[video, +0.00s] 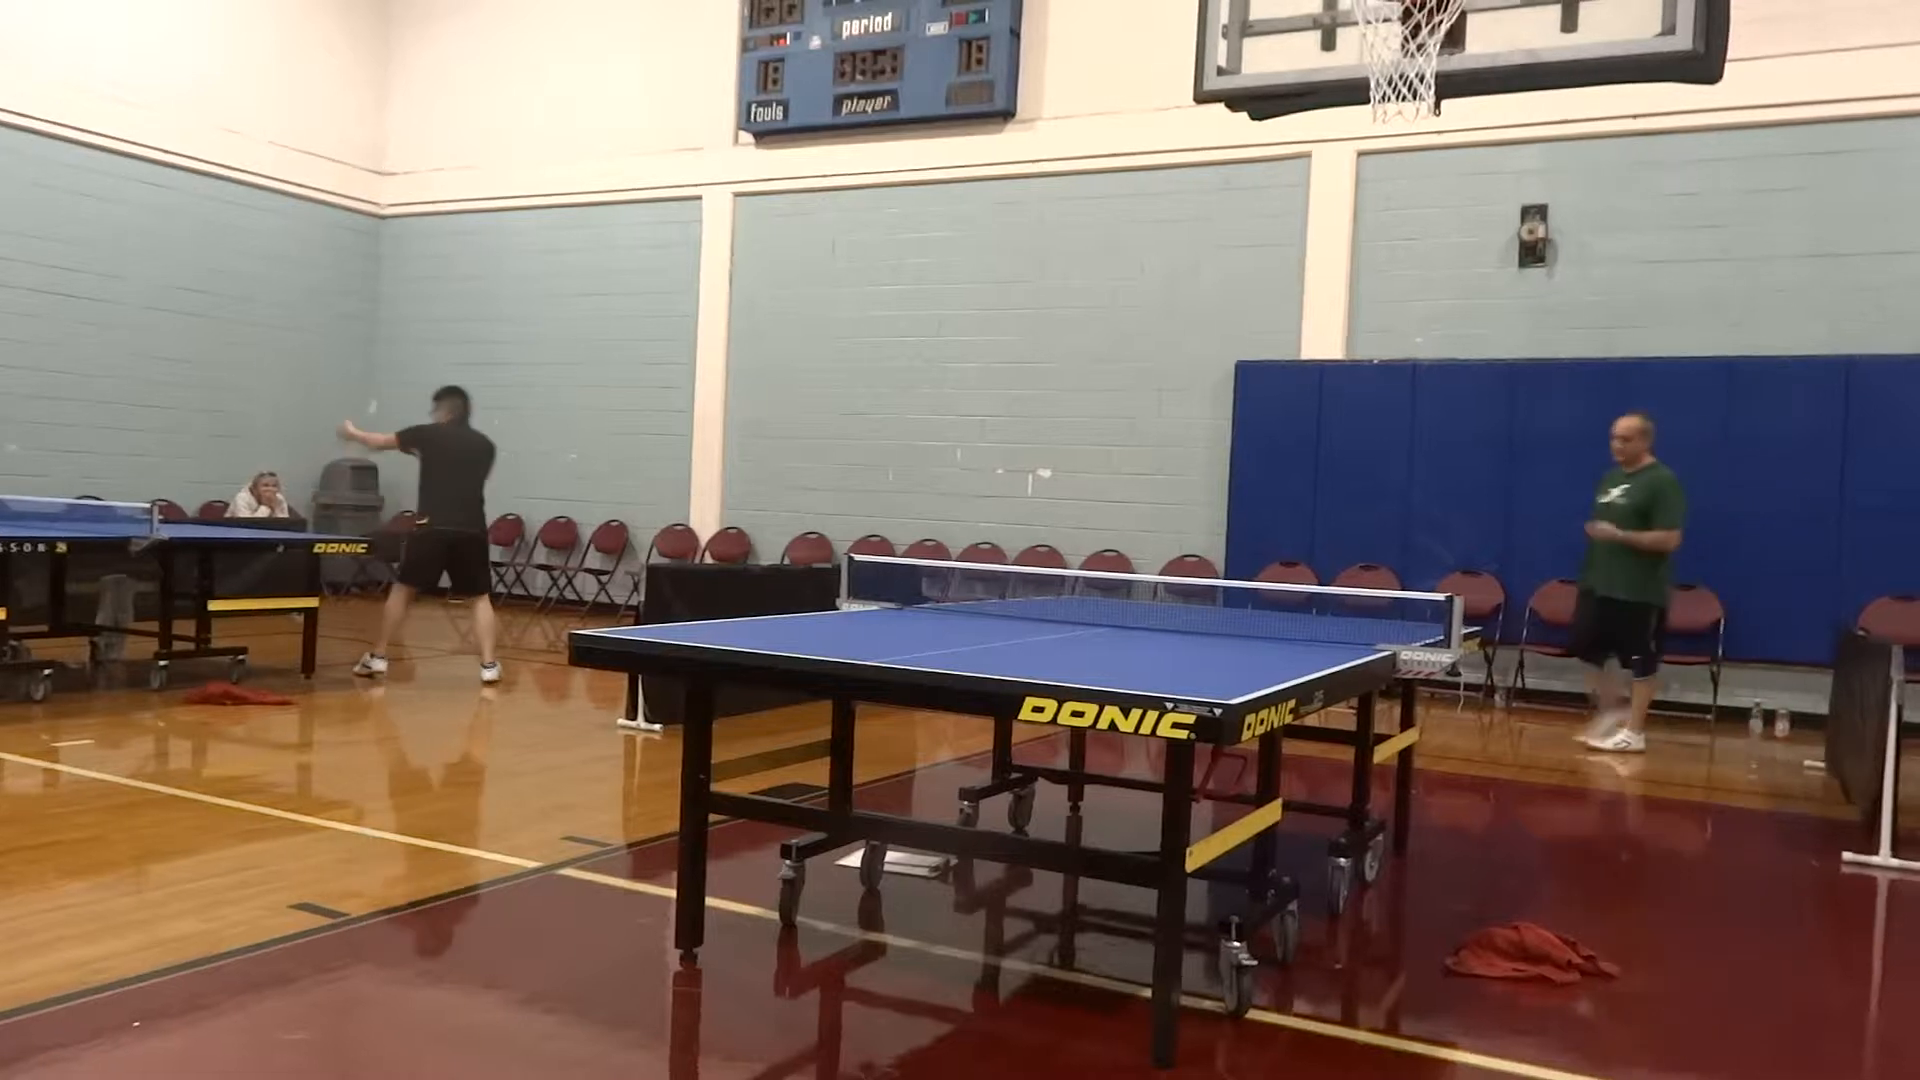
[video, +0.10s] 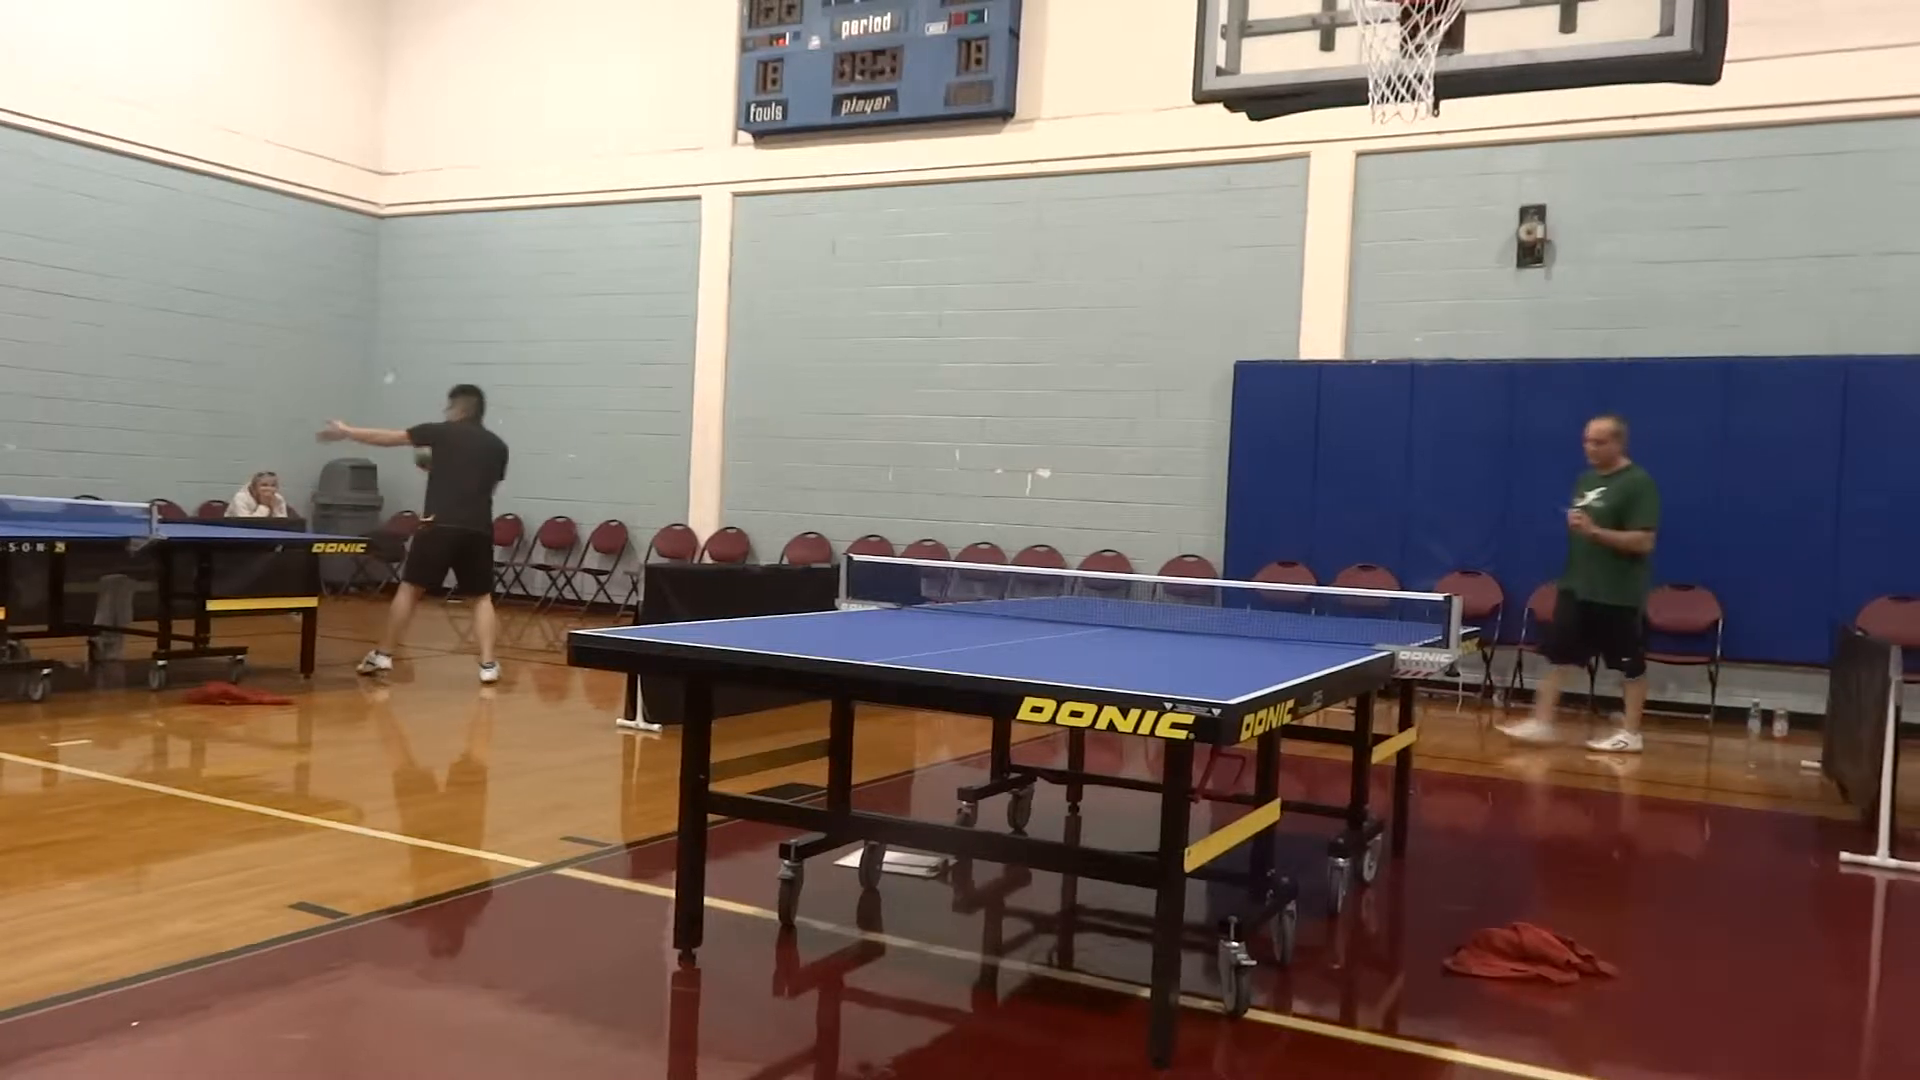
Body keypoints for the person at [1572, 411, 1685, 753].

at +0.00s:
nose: (1617, 445)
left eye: (1625, 440)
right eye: (1614, 438)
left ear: (1646, 443)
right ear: (1612, 440)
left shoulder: (1663, 482)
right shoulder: (1611, 476)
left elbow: (1671, 538)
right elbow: (1605, 525)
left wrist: (1617, 534)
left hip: (1641, 593)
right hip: (1601, 587)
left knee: (1641, 664)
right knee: (1592, 653)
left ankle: (1634, 731)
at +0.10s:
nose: (1590, 449)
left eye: (1599, 443)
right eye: (1587, 442)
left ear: (1619, 445)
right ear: (1585, 443)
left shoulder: (1639, 484)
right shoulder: (1586, 479)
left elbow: (1644, 541)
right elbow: (1582, 528)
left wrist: (1592, 531)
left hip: (1621, 595)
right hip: (1578, 589)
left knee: (1632, 666)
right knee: (1556, 656)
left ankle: (1631, 734)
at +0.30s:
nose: (1536, 454)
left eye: (1543, 448)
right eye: (1533, 448)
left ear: (1564, 448)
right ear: (1530, 449)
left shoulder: (1584, 484)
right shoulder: (1532, 486)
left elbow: (1595, 540)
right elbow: (1528, 545)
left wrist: (1549, 570)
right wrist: (1508, 587)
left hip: (1573, 598)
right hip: (1527, 595)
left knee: (1596, 665)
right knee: (1507, 661)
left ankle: (1620, 723)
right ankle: (1495, 729)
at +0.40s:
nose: (1513, 450)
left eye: (1520, 444)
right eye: (1509, 444)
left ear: (1539, 443)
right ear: (1505, 445)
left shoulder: (1562, 478)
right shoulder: (1508, 479)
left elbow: (1578, 535)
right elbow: (1496, 533)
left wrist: (1554, 584)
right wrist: (1488, 579)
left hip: (1541, 592)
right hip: (1504, 589)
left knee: (1554, 658)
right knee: (1497, 660)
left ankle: (1593, 707)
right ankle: (1492, 729)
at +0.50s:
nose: (1493, 446)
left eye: (1500, 440)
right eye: (1489, 440)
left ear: (1519, 437)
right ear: (1485, 440)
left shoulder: (1545, 474)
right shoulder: (1485, 475)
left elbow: (1566, 528)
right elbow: (1471, 525)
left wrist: (1562, 581)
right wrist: (1453, 569)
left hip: (1524, 583)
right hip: (1485, 582)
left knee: (1520, 652)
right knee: (1491, 658)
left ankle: (1551, 706)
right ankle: (1491, 729)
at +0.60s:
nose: (1476, 445)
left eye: (1483, 438)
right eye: (1472, 438)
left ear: (1502, 437)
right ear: (1467, 439)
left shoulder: (1529, 472)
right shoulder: (1465, 473)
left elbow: (1557, 525)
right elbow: (1449, 519)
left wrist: (1561, 579)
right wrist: (1432, 546)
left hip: (1508, 579)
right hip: (1472, 578)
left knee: (1493, 651)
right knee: (1480, 653)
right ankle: (1489, 726)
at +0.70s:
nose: (1461, 449)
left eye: (1468, 441)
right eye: (1456, 441)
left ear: (1486, 440)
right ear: (1450, 442)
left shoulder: (1512, 475)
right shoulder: (1448, 477)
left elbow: (1543, 526)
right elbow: (1429, 517)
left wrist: (1551, 581)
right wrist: (1417, 532)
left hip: (1494, 581)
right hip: (1457, 580)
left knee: (1469, 653)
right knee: (1481, 655)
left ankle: (1445, 729)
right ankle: (1488, 728)